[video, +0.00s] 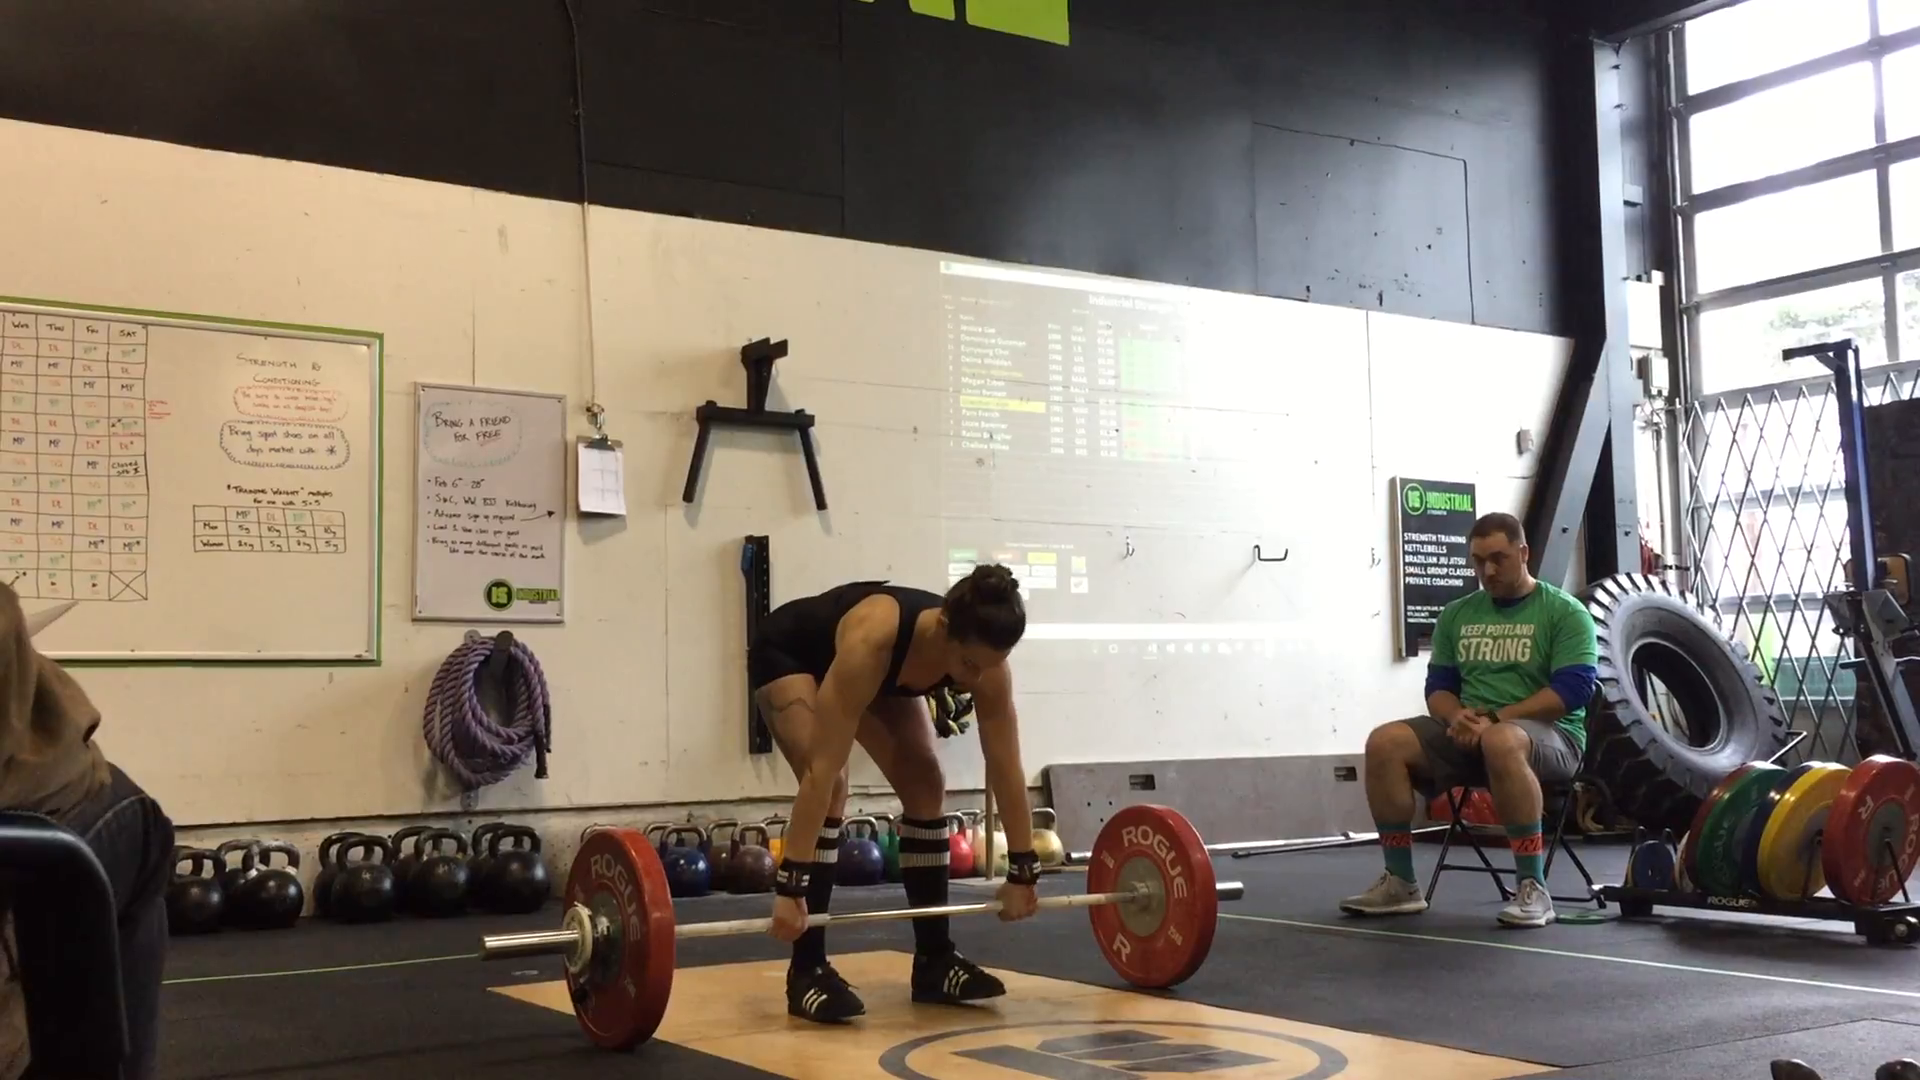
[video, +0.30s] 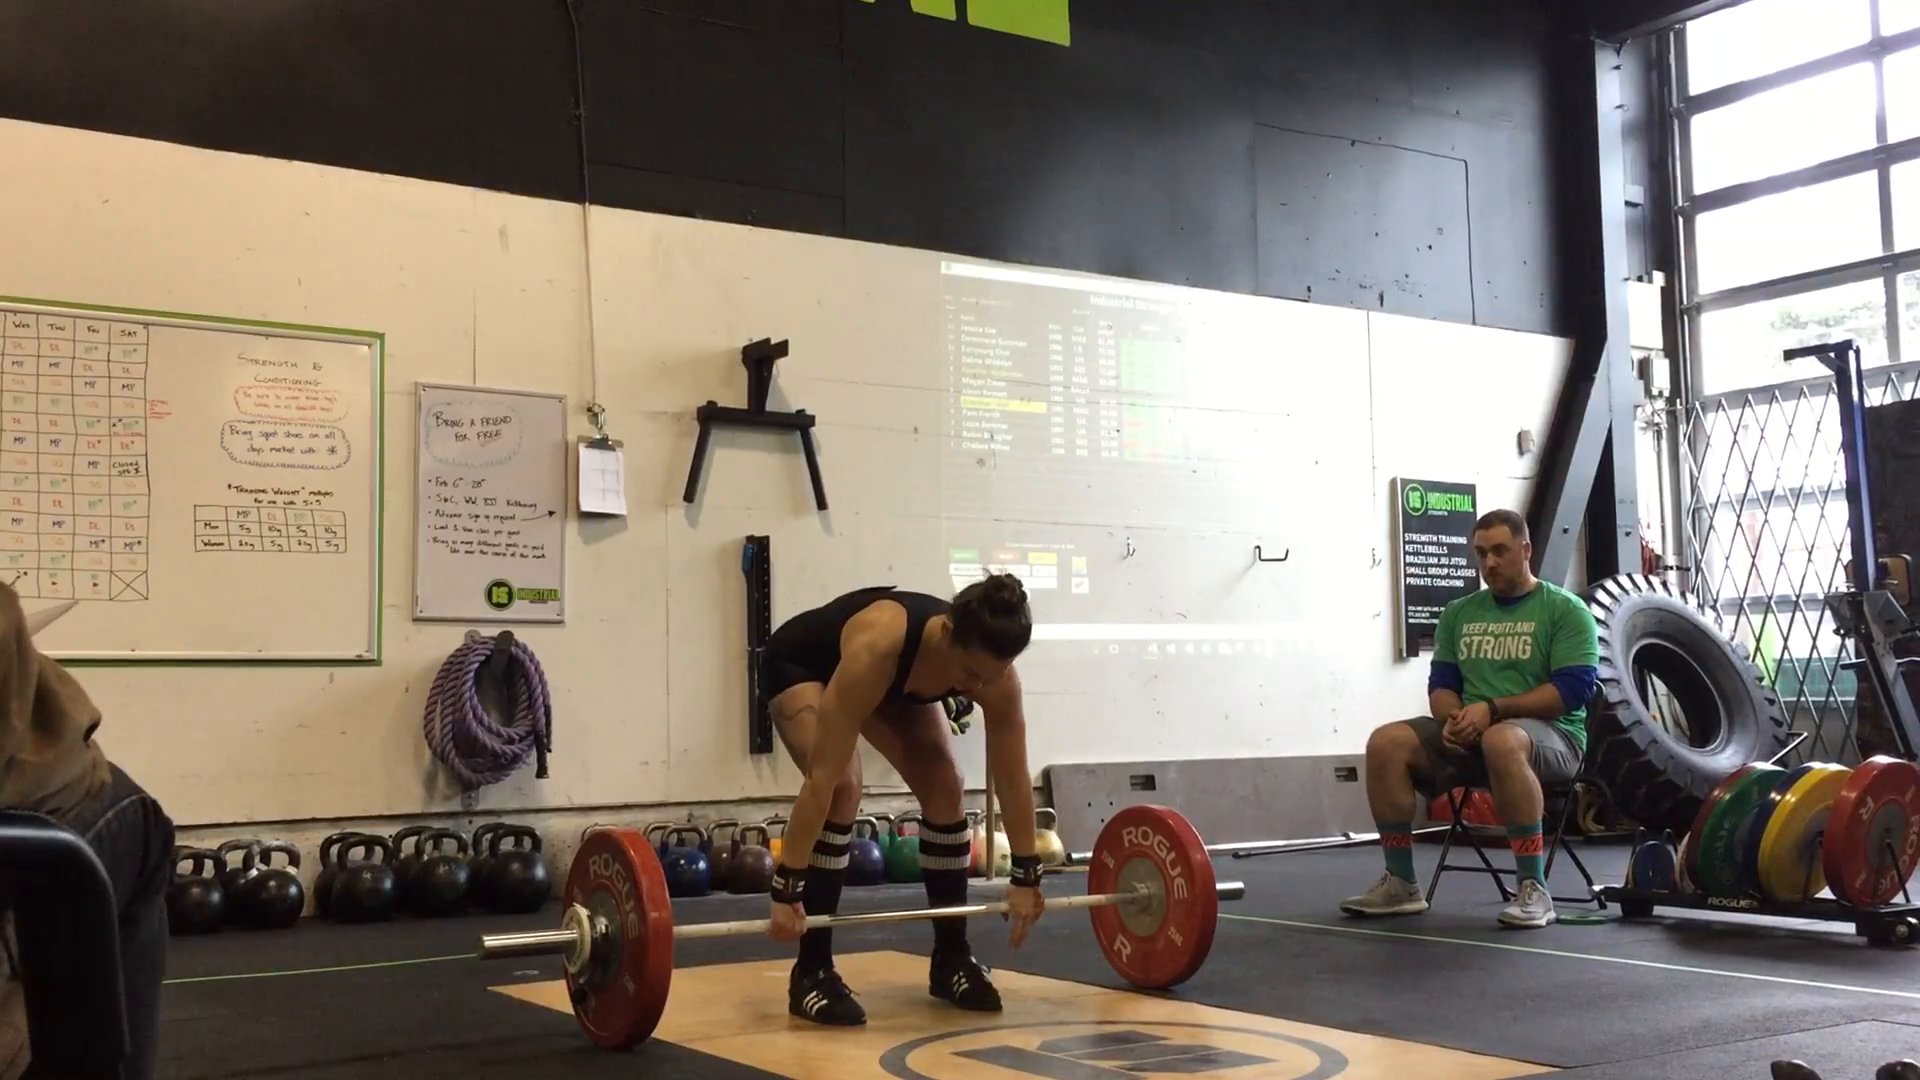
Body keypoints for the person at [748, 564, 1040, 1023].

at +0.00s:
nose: (976, 679)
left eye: (989, 669)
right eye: (969, 664)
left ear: (1003, 653)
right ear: (941, 628)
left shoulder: (991, 668)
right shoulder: (870, 641)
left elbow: (1004, 766)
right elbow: (823, 769)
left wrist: (1022, 870)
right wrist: (791, 886)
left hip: (880, 671)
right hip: (789, 654)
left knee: (925, 786)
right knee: (829, 783)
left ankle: (934, 961)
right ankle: (809, 972)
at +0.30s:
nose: (977, 687)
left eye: (991, 679)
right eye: (969, 672)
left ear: (1008, 661)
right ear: (945, 634)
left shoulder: (1001, 681)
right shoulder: (874, 648)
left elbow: (1012, 778)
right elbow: (822, 774)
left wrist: (1026, 875)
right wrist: (786, 890)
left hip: (894, 679)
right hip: (801, 667)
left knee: (945, 787)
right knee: (842, 790)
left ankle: (952, 961)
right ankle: (814, 974)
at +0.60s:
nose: (977, 684)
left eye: (990, 674)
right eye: (969, 669)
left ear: (1005, 656)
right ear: (942, 633)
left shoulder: (999, 678)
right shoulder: (874, 646)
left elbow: (1015, 781)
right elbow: (826, 774)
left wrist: (1029, 877)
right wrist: (790, 890)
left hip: (891, 676)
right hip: (799, 661)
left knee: (942, 787)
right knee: (839, 788)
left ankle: (937, 963)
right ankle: (809, 972)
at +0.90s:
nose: (985, 684)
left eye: (997, 675)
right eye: (976, 669)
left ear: (1013, 657)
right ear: (946, 633)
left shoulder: (1004, 681)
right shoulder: (880, 649)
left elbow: (1019, 781)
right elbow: (827, 777)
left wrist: (1029, 878)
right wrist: (788, 892)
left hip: (895, 676)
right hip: (802, 658)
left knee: (944, 783)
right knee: (839, 787)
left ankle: (939, 962)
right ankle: (810, 973)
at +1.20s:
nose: (987, 678)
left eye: (1000, 667)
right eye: (978, 663)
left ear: (1014, 649)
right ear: (946, 629)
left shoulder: (1004, 675)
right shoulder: (881, 644)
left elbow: (1021, 780)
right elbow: (829, 774)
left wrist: (1032, 877)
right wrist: (793, 890)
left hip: (894, 675)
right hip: (804, 659)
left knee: (945, 785)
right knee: (834, 787)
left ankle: (939, 961)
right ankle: (810, 971)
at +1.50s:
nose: (996, 677)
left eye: (1008, 665)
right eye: (987, 663)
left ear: (1021, 649)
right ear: (952, 631)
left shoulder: (1010, 676)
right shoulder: (888, 645)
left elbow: (1023, 781)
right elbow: (833, 776)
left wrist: (1033, 877)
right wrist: (794, 890)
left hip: (903, 677)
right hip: (810, 659)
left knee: (951, 781)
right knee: (842, 789)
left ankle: (945, 959)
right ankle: (814, 971)